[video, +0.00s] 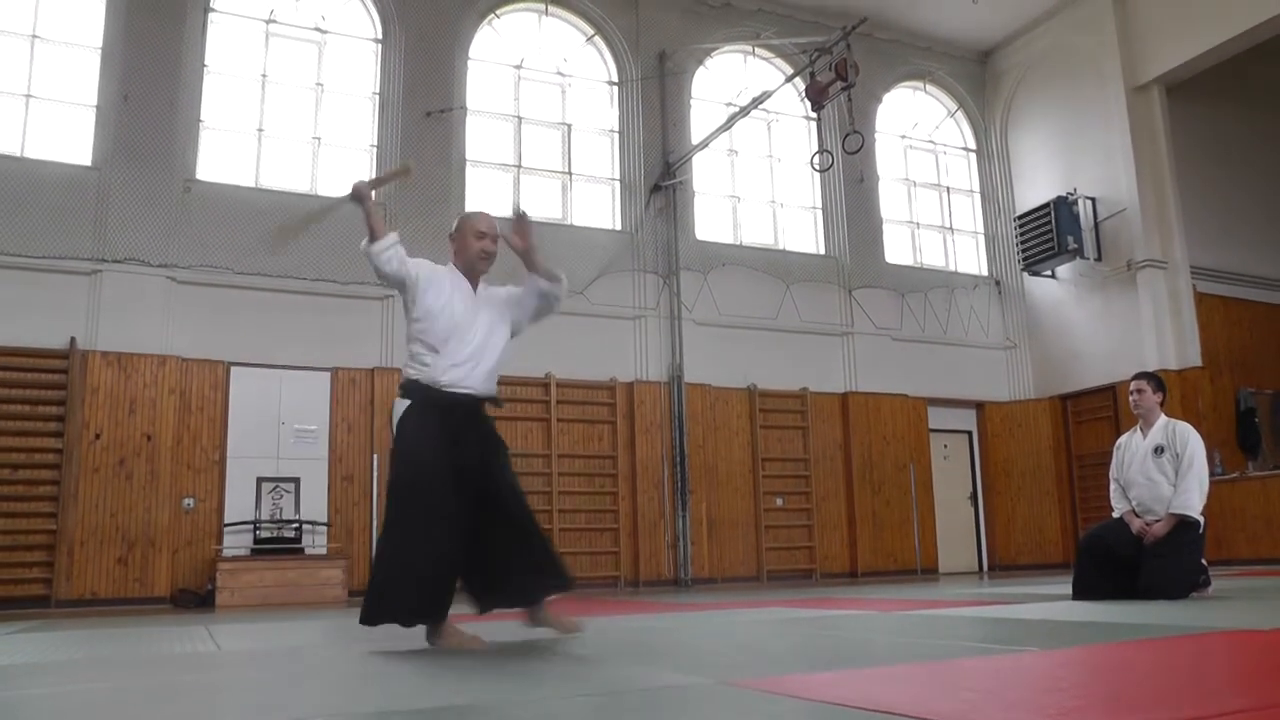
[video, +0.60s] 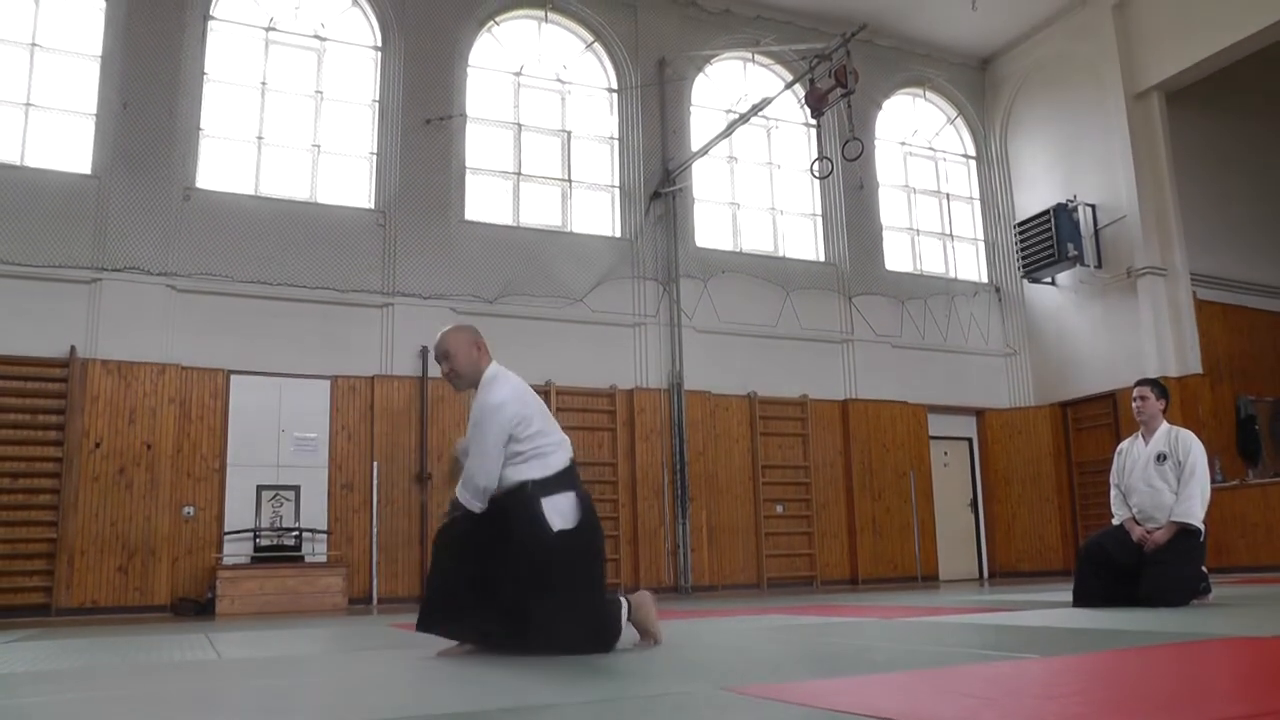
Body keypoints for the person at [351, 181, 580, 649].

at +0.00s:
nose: (490, 246)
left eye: (495, 240)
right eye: (481, 236)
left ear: (498, 249)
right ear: (455, 242)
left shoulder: (503, 301)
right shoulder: (426, 275)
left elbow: (550, 294)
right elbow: (386, 259)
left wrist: (528, 255)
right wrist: (369, 206)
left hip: (473, 416)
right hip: (427, 412)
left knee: (505, 506)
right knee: (434, 514)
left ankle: (537, 604)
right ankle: (438, 624)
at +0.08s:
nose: (469, 241)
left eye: (477, 235)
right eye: (461, 235)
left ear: (490, 243)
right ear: (447, 244)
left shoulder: (502, 289)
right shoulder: (428, 280)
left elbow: (526, 269)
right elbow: (395, 249)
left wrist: (493, 226)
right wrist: (408, 198)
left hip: (488, 412)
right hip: (436, 413)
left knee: (528, 502)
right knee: (443, 518)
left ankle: (584, 593)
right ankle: (454, 625)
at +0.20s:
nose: (449, 256)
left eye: (460, 246)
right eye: (444, 249)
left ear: (484, 251)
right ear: (439, 257)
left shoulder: (505, 292)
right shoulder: (440, 300)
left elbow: (464, 276)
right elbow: (401, 265)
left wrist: (442, 250)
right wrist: (418, 228)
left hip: (505, 415)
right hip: (463, 421)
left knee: (540, 505)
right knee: (455, 515)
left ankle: (620, 585)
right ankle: (485, 621)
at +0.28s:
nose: (446, 281)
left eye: (453, 271)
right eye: (442, 275)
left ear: (481, 269)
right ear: (442, 278)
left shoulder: (506, 310)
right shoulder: (458, 314)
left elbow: (441, 333)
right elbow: (412, 314)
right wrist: (409, 268)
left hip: (526, 435)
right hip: (487, 441)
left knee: (556, 525)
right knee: (463, 532)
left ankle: (640, 589)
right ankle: (486, 627)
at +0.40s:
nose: (445, 322)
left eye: (450, 311)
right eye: (442, 315)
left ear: (480, 304)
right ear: (473, 310)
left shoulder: (499, 348)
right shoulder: (475, 350)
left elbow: (449, 405)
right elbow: (436, 382)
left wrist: (392, 416)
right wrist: (389, 390)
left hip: (543, 462)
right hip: (517, 463)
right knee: (468, 535)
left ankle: (637, 608)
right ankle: (490, 629)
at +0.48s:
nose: (444, 345)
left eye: (448, 334)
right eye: (441, 338)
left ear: (479, 328)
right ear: (474, 332)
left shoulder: (498, 373)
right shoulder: (487, 371)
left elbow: (466, 440)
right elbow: (441, 415)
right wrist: (394, 443)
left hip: (549, 484)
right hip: (523, 481)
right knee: (464, 534)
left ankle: (632, 606)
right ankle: (487, 630)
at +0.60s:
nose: (443, 370)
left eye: (447, 358)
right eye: (440, 362)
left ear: (478, 350)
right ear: (480, 353)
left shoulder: (494, 396)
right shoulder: (501, 385)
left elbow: (480, 479)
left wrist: (457, 519)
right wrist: (470, 455)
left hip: (543, 506)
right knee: (458, 542)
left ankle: (628, 609)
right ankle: (483, 632)